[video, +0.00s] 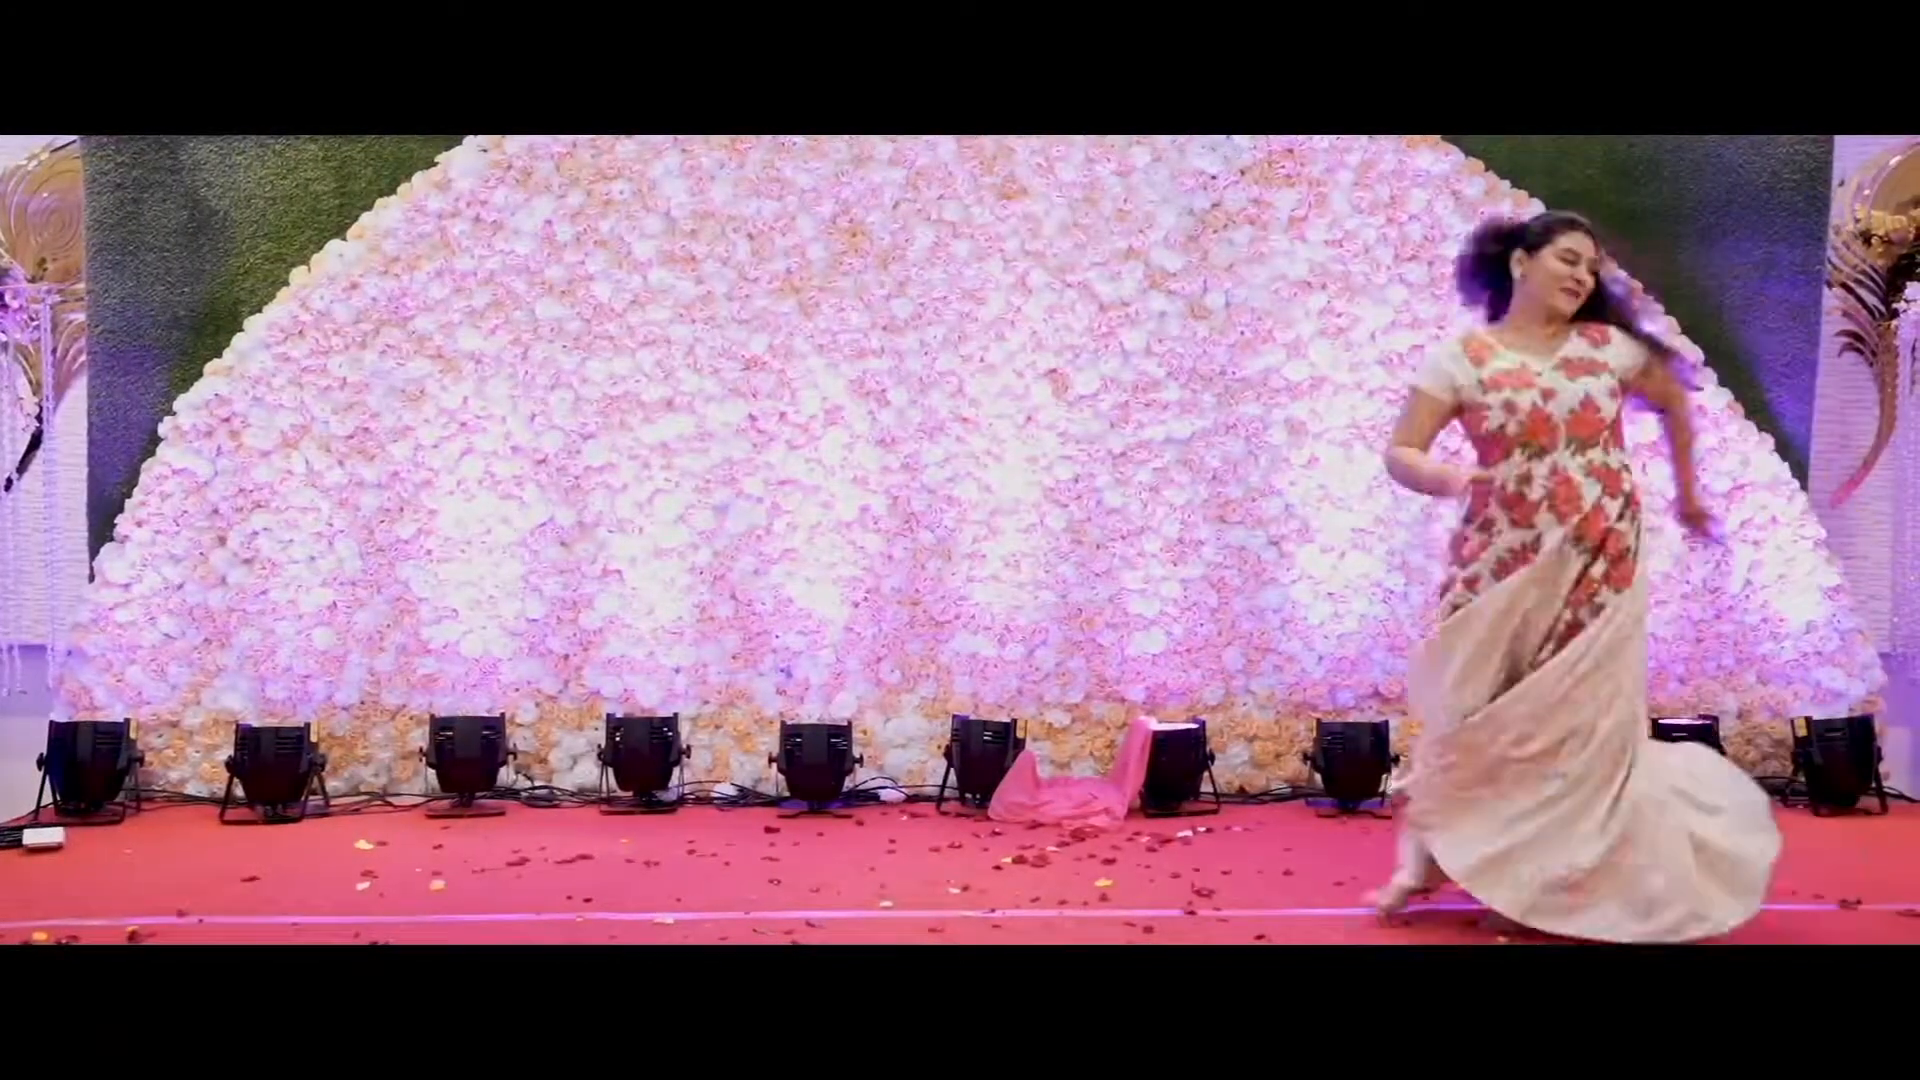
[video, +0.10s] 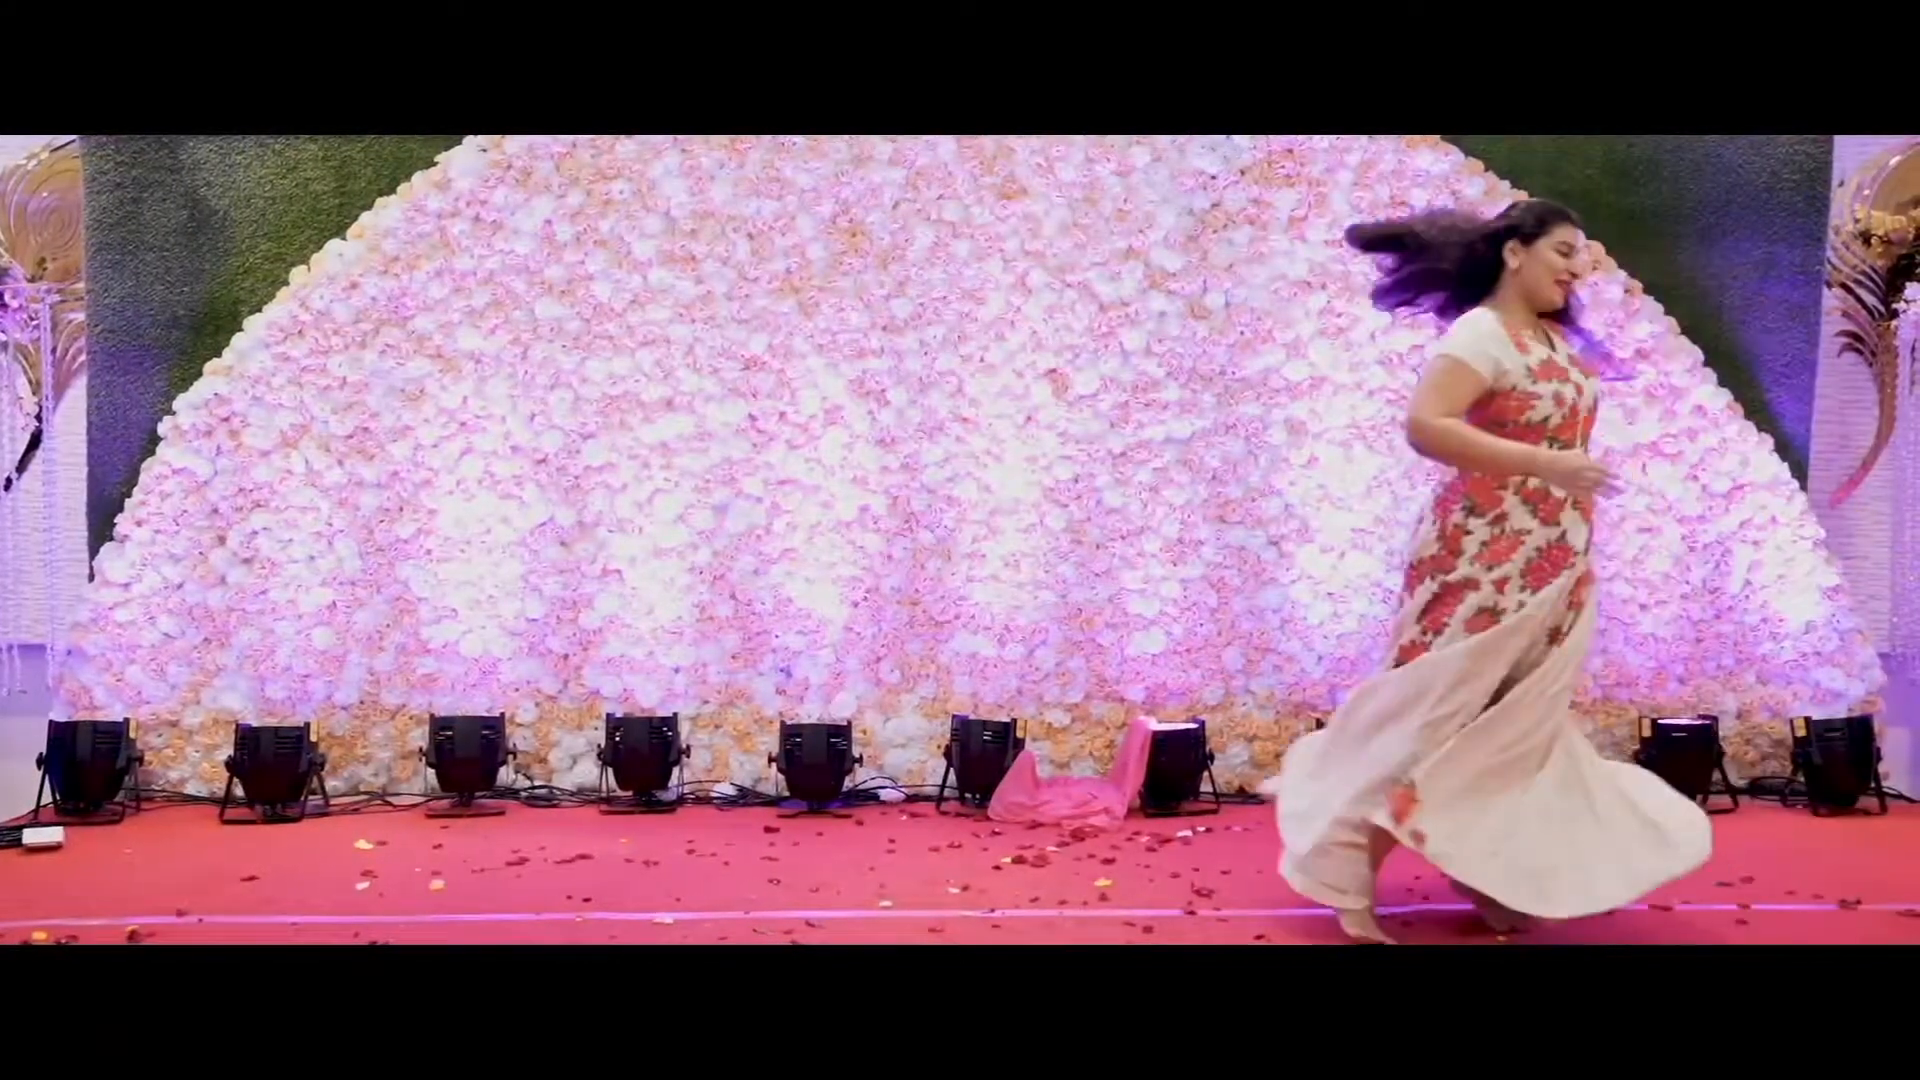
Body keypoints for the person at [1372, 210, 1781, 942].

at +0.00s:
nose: (1583, 275)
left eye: (1591, 269)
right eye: (1567, 258)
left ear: (1593, 285)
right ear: (1521, 261)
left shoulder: (1612, 348)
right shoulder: (1466, 356)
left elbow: (1676, 404)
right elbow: (1402, 455)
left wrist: (1688, 496)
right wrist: (1454, 480)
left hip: (1602, 549)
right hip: (1505, 548)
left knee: (1592, 713)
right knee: (1461, 707)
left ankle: (1568, 881)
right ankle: (1417, 862)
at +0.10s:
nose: (1574, 269)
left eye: (1579, 259)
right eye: (1561, 253)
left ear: (1569, 272)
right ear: (1515, 254)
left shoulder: (1551, 344)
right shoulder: (1480, 334)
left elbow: (1530, 435)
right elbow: (1428, 424)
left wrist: (1572, 472)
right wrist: (1544, 463)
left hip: (1547, 559)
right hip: (1479, 557)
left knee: (1525, 716)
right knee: (1430, 713)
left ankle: (1497, 872)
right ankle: (1354, 865)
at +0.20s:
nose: (1551, 265)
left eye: (1549, 250)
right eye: (1541, 250)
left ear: (1493, 256)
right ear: (1505, 252)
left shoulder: (1442, 332)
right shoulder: (1512, 324)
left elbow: (1367, 391)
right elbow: (1522, 412)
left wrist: (1347, 484)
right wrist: (1622, 453)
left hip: (1431, 530)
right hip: (1483, 540)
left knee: (1470, 707)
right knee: (1418, 714)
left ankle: (1453, 875)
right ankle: (1348, 888)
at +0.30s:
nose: (1517, 267)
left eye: (1513, 254)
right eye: (1513, 256)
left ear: (1426, 261)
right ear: (1496, 268)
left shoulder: (1389, 335)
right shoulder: (1519, 338)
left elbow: (1275, 384)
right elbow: (1599, 420)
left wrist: (1275, 481)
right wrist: (1602, 447)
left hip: (1378, 533)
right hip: (1455, 538)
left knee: (1386, 697)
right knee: (1416, 711)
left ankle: (1375, 868)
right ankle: (1340, 876)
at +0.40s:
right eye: (1474, 255)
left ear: (1386, 264)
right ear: (1472, 269)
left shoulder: (1356, 338)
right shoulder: (1498, 335)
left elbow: (1264, 390)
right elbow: (1577, 426)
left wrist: (1306, 477)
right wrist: (1495, 436)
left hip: (1376, 525)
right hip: (1461, 532)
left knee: (1369, 697)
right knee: (1432, 708)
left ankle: (1342, 876)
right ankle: (1357, 899)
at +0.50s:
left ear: (1359, 271)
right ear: (1448, 277)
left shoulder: (1335, 339)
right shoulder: (1462, 352)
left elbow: (1313, 417)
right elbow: (1500, 422)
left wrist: (1383, 493)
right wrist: (1438, 431)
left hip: (1351, 532)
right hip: (1443, 536)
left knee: (1326, 707)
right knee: (1408, 713)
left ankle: (1325, 898)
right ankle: (1388, 897)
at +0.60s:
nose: (1337, 270)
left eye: (1342, 258)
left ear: (1348, 275)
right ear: (1430, 276)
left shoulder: (1355, 354)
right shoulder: (1443, 360)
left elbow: (1379, 437)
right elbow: (1395, 432)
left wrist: (1435, 502)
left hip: (1352, 545)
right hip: (1413, 549)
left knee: (1306, 709)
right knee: (1383, 712)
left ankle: (1333, 902)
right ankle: (1408, 894)